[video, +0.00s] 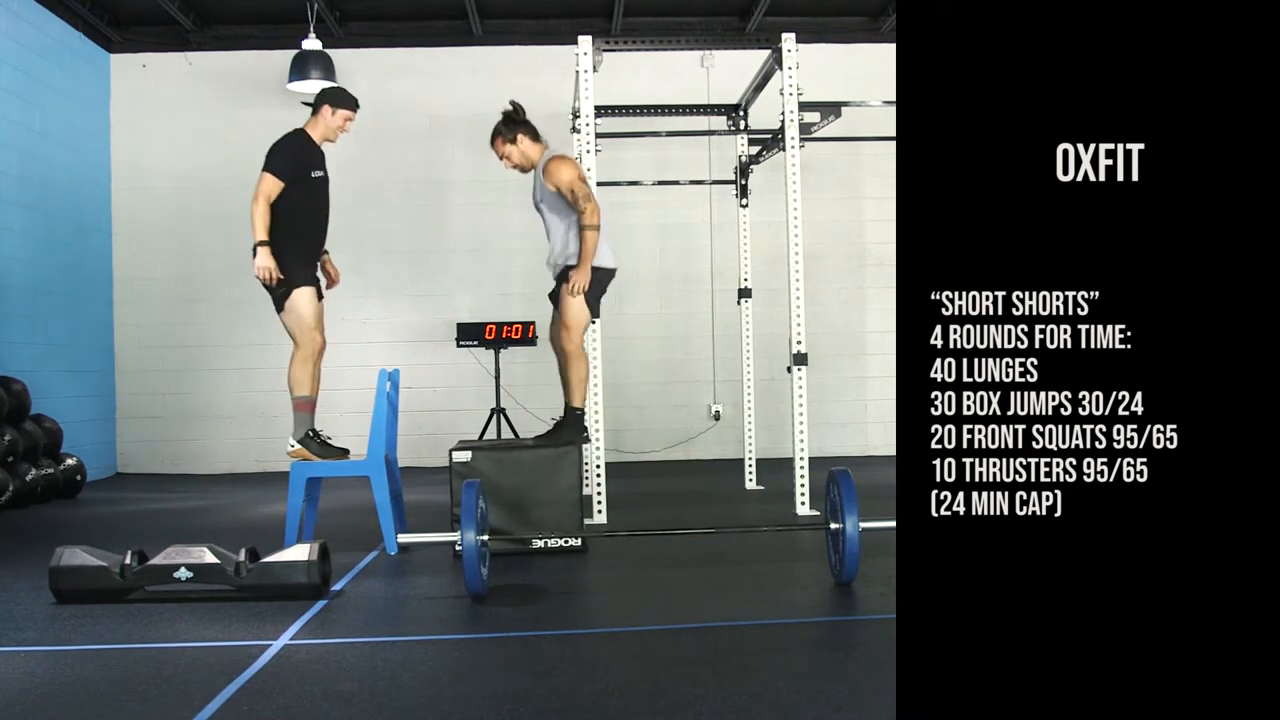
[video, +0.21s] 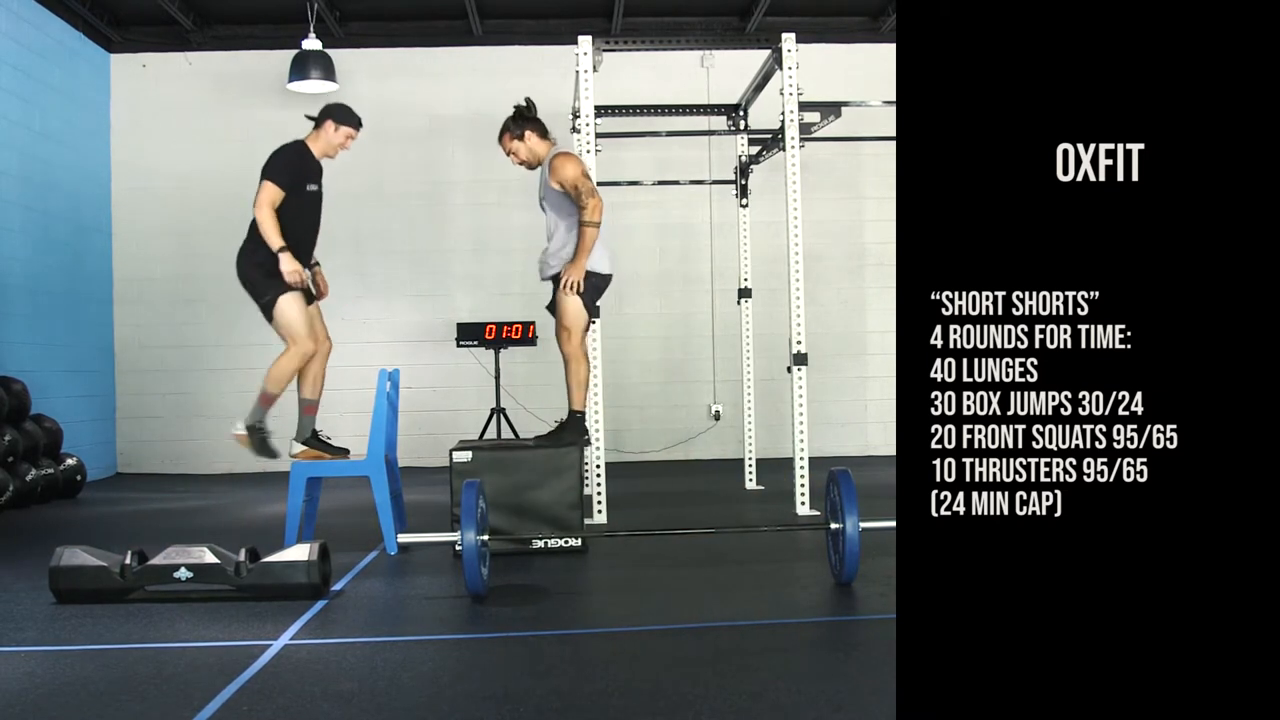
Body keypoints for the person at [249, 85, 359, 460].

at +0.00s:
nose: (347, 128)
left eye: (351, 122)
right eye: (345, 119)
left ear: (331, 116)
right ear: (325, 112)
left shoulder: (315, 152)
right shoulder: (291, 147)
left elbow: (306, 212)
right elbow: (261, 200)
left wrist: (322, 256)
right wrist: (262, 249)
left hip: (304, 262)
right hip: (285, 259)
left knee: (315, 344)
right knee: (308, 343)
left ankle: (306, 433)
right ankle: (301, 435)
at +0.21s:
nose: (348, 144)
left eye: (352, 139)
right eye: (347, 136)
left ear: (334, 132)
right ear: (327, 126)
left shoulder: (315, 166)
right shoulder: (290, 157)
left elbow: (299, 223)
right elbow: (263, 209)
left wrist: (313, 266)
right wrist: (284, 255)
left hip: (288, 265)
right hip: (262, 261)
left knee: (321, 345)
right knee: (303, 344)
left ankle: (306, 436)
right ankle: (253, 423)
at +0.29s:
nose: (347, 160)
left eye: (351, 154)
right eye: (346, 151)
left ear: (330, 145)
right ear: (328, 141)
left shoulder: (309, 179)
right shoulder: (289, 169)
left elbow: (290, 236)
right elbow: (261, 219)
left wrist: (304, 279)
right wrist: (296, 262)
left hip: (282, 276)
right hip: (254, 273)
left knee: (323, 346)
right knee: (283, 361)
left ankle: (306, 437)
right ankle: (224, 438)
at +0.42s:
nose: (339, 191)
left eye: (343, 185)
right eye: (338, 182)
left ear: (322, 174)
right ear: (320, 171)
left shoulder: (297, 207)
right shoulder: (283, 196)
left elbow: (267, 254)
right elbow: (258, 242)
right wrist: (303, 279)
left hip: (270, 306)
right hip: (240, 303)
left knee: (328, 348)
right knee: (238, 398)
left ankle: (307, 436)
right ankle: (192, 484)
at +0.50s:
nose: (327, 212)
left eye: (330, 206)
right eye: (326, 204)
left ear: (310, 197)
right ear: (308, 194)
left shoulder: (285, 229)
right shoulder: (271, 219)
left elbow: (257, 278)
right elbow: (251, 269)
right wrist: (303, 297)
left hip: (261, 327)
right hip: (229, 326)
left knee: (327, 350)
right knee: (216, 422)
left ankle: (307, 438)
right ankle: (180, 512)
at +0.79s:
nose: (280, 226)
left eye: (282, 220)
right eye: (277, 218)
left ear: (260, 213)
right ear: (258, 210)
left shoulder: (241, 246)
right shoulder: (225, 245)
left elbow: (225, 307)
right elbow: (210, 308)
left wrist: (254, 341)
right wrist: (263, 333)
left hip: (230, 348)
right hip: (201, 351)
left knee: (302, 363)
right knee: (196, 448)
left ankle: (260, 439)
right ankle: (163, 537)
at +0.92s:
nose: (271, 219)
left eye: (273, 213)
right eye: (268, 211)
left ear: (251, 208)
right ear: (248, 206)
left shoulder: (236, 245)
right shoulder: (219, 242)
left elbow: (214, 304)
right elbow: (197, 303)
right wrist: (249, 332)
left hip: (226, 355)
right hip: (197, 354)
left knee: (277, 414)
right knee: (187, 446)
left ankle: (220, 483)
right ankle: (162, 537)